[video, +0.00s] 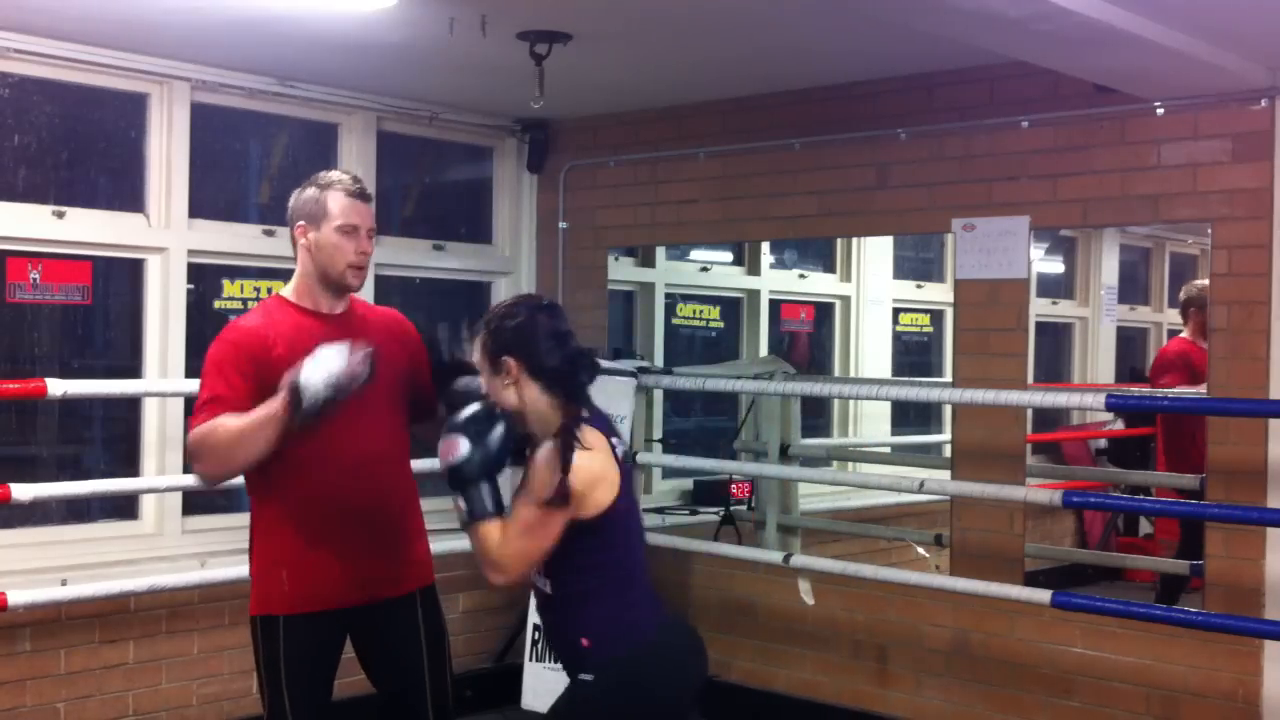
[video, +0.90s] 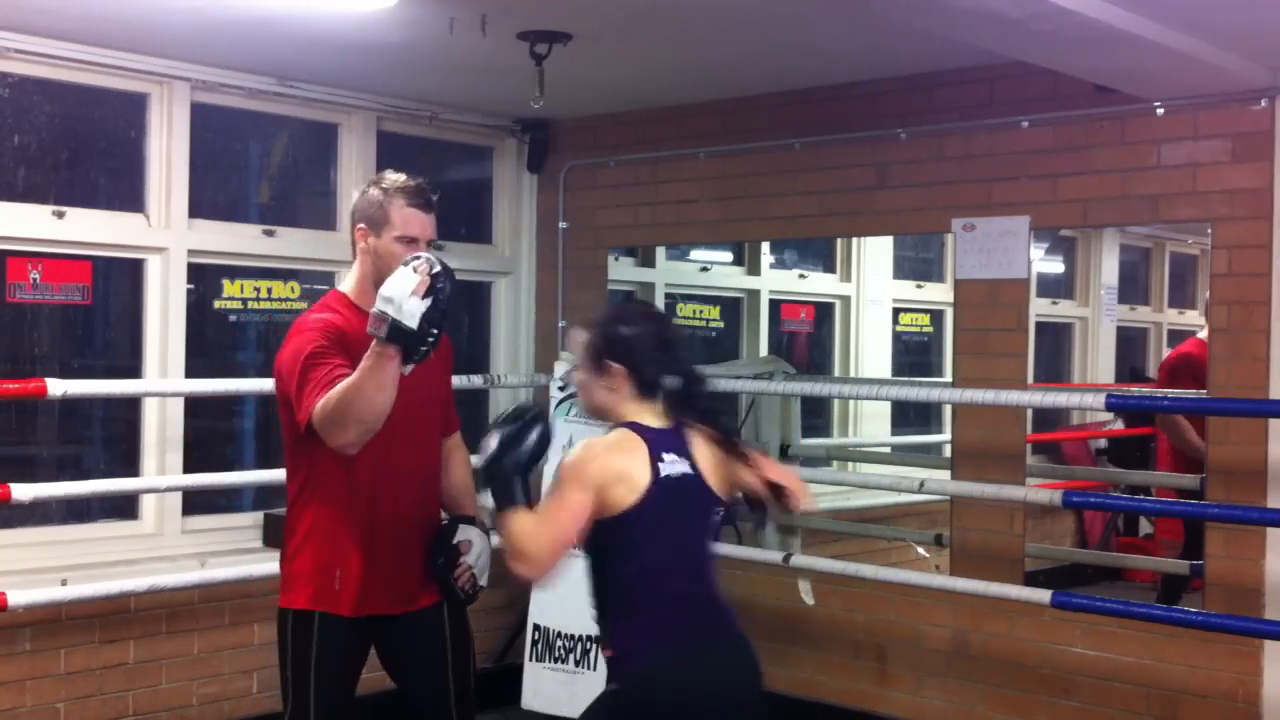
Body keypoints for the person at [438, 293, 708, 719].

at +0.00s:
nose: (482, 389)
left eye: (483, 373)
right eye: (479, 374)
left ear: (511, 371)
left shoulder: (566, 456)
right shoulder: (586, 427)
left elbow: (502, 566)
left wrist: (475, 479)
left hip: (620, 679)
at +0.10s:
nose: (525, 379)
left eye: (524, 365)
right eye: (522, 366)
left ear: (543, 358)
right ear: (594, 352)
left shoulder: (563, 445)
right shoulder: (651, 424)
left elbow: (497, 541)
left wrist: (481, 456)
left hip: (622, 672)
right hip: (689, 657)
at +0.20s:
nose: (576, 375)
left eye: (577, 362)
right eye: (576, 362)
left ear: (596, 359)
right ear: (648, 351)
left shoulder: (603, 440)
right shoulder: (706, 430)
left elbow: (545, 534)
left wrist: (530, 453)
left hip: (647, 668)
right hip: (722, 659)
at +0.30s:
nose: (622, 376)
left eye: (622, 363)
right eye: (618, 364)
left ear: (643, 359)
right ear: (694, 353)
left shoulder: (644, 431)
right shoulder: (750, 430)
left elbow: (592, 538)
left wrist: (577, 454)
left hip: (680, 660)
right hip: (759, 651)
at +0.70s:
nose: (656, 370)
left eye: (657, 356)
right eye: (653, 357)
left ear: (685, 353)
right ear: (732, 350)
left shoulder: (668, 428)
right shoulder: (786, 429)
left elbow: (615, 531)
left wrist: (605, 447)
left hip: (695, 654)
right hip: (780, 650)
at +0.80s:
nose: (630, 381)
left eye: (632, 368)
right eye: (629, 369)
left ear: (663, 368)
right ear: (709, 366)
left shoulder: (631, 452)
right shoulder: (754, 441)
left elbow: (561, 532)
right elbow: (787, 544)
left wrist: (564, 451)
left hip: (667, 672)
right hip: (755, 671)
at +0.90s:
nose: (574, 380)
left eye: (581, 367)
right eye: (575, 367)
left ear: (616, 377)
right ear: (656, 374)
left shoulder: (599, 458)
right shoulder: (707, 446)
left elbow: (529, 559)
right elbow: (792, 492)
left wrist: (509, 480)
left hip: (650, 683)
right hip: (728, 672)